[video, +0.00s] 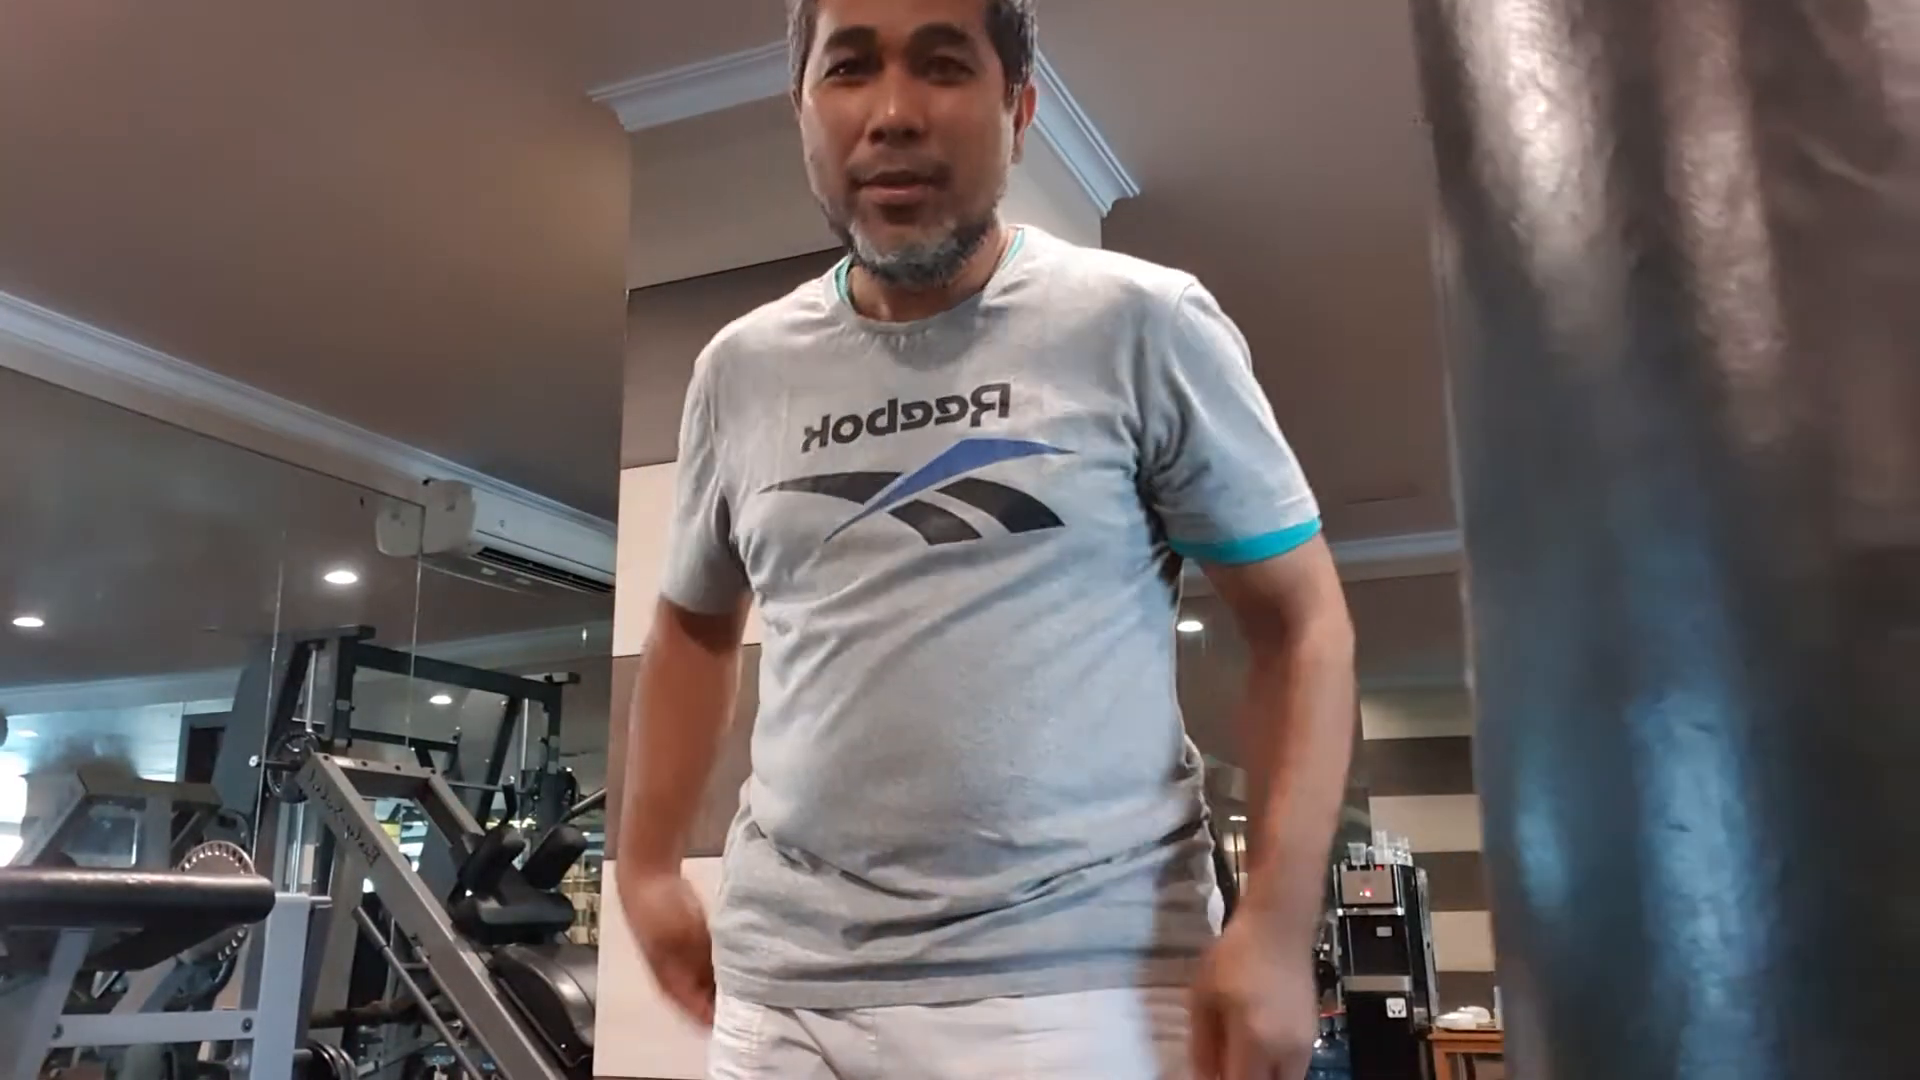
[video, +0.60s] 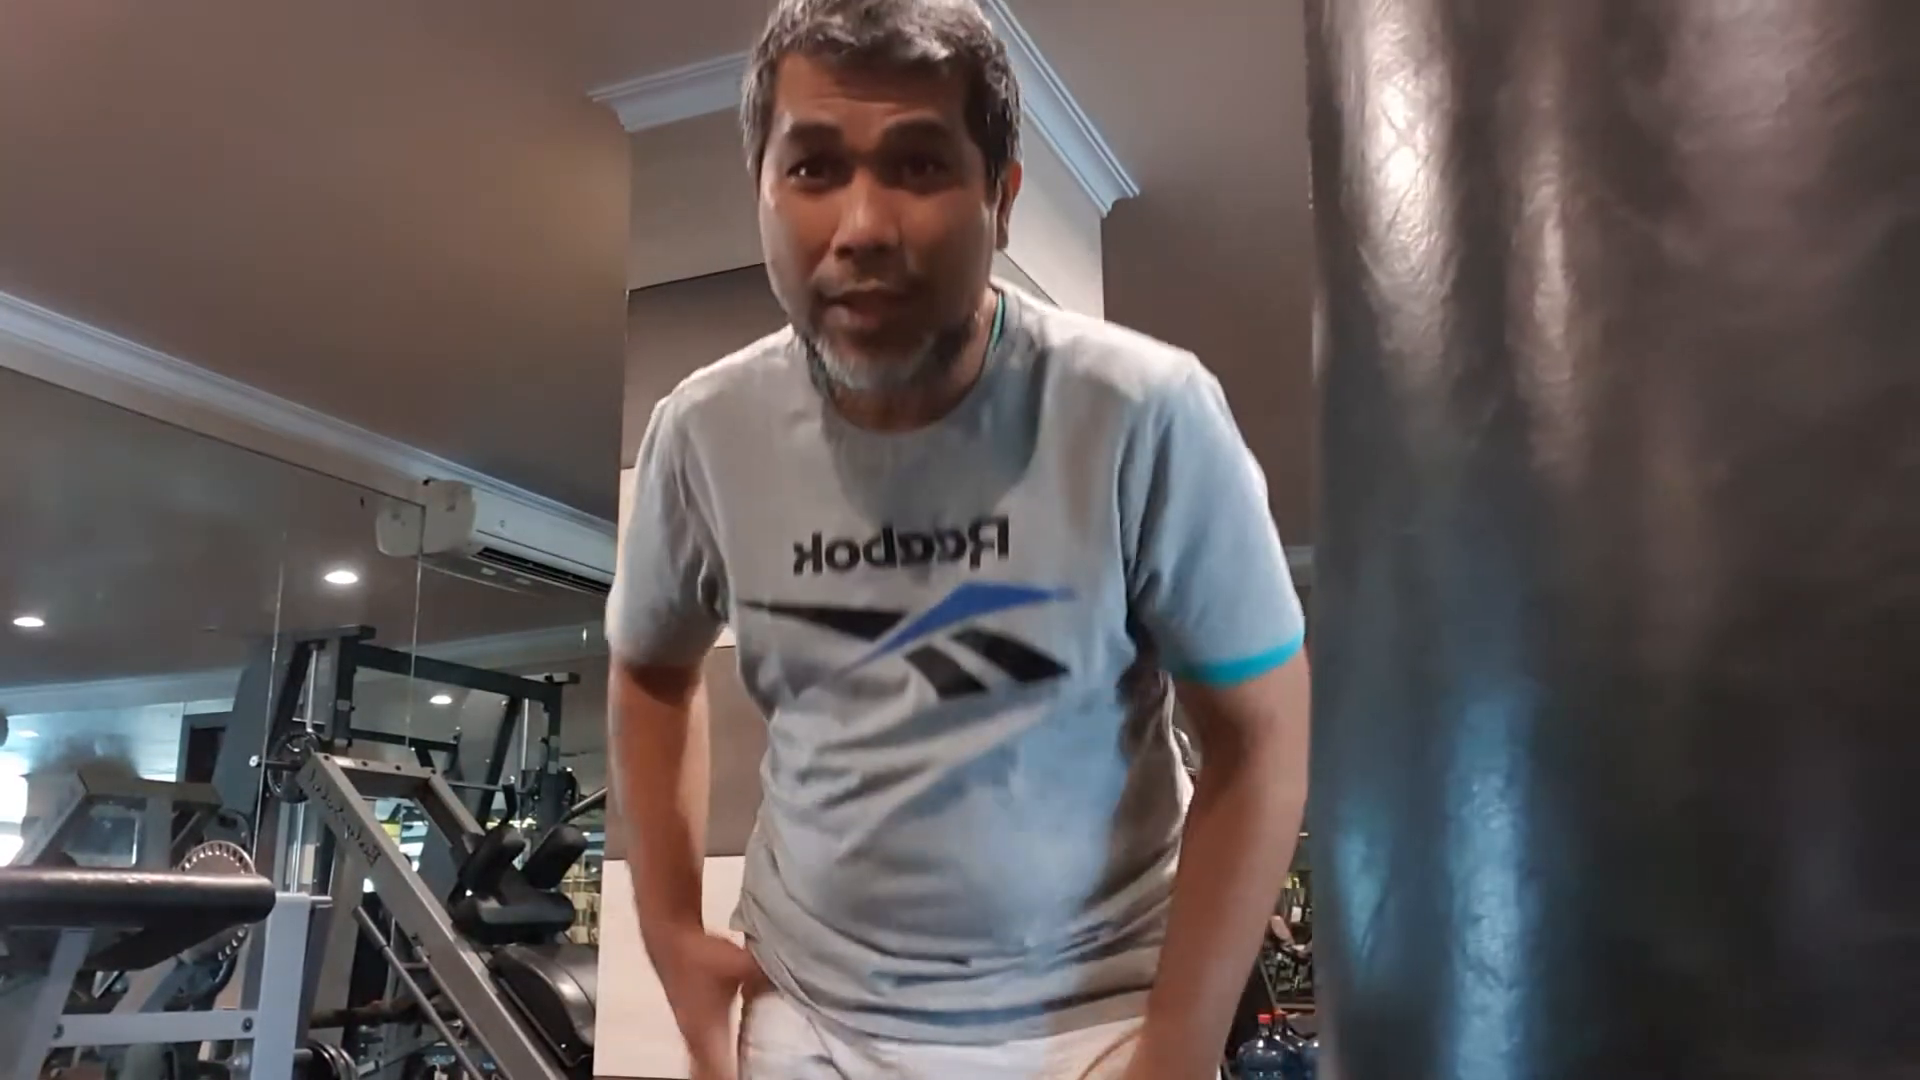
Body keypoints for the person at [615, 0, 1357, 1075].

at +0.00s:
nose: (892, 113)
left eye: (942, 67)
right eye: (851, 69)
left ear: (1017, 108)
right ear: (802, 112)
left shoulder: (1145, 326)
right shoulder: (741, 371)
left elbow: (1302, 623)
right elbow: (696, 628)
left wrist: (1279, 924)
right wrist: (646, 865)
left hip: (1080, 1004)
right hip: (792, 1005)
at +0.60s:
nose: (862, 228)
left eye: (918, 165)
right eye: (815, 167)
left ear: (1001, 197)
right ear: (759, 194)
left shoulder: (1151, 416)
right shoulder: (703, 437)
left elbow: (1259, 743)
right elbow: (653, 672)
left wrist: (1178, 1053)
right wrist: (671, 929)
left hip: (1091, 1020)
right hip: (809, 1013)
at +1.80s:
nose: (869, 214)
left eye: (925, 162)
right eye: (821, 159)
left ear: (1005, 204)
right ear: (765, 197)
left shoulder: (1125, 439)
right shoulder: (686, 437)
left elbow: (1223, 815)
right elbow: (603, 733)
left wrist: (1204, 1067)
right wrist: (760, 936)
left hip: (1063, 1000)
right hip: (792, 991)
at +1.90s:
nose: (867, 211)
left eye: (923, 160)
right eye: (819, 157)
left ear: (1003, 203)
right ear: (763, 193)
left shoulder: (1121, 438)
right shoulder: (687, 433)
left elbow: (1178, 850)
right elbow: (652, 780)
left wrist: (1170, 1072)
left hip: (1050, 1026)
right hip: (777, 1015)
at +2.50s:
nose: (853, 203)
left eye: (913, 152)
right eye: (806, 145)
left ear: (991, 200)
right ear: (750, 180)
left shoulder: (1101, 438)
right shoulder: (676, 396)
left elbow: (1138, 828)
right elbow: (677, 743)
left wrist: (1106, 1069)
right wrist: (990, 678)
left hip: (1005, 1023)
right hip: (748, 1007)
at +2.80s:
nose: (842, 209)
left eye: (898, 158)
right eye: (796, 155)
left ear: (979, 201)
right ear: (737, 187)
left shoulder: (1090, 434)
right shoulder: (671, 403)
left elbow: (1218, 800)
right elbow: (676, 745)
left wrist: (1035, 1058)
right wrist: (960, 628)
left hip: (1048, 1025)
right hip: (763, 1019)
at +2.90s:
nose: (842, 214)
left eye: (900, 161)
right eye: (796, 159)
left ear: (980, 204)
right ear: (736, 190)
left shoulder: (1089, 431)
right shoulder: (671, 407)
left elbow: (1235, 792)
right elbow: (675, 746)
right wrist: (965, 635)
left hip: (1053, 1017)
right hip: (767, 1017)